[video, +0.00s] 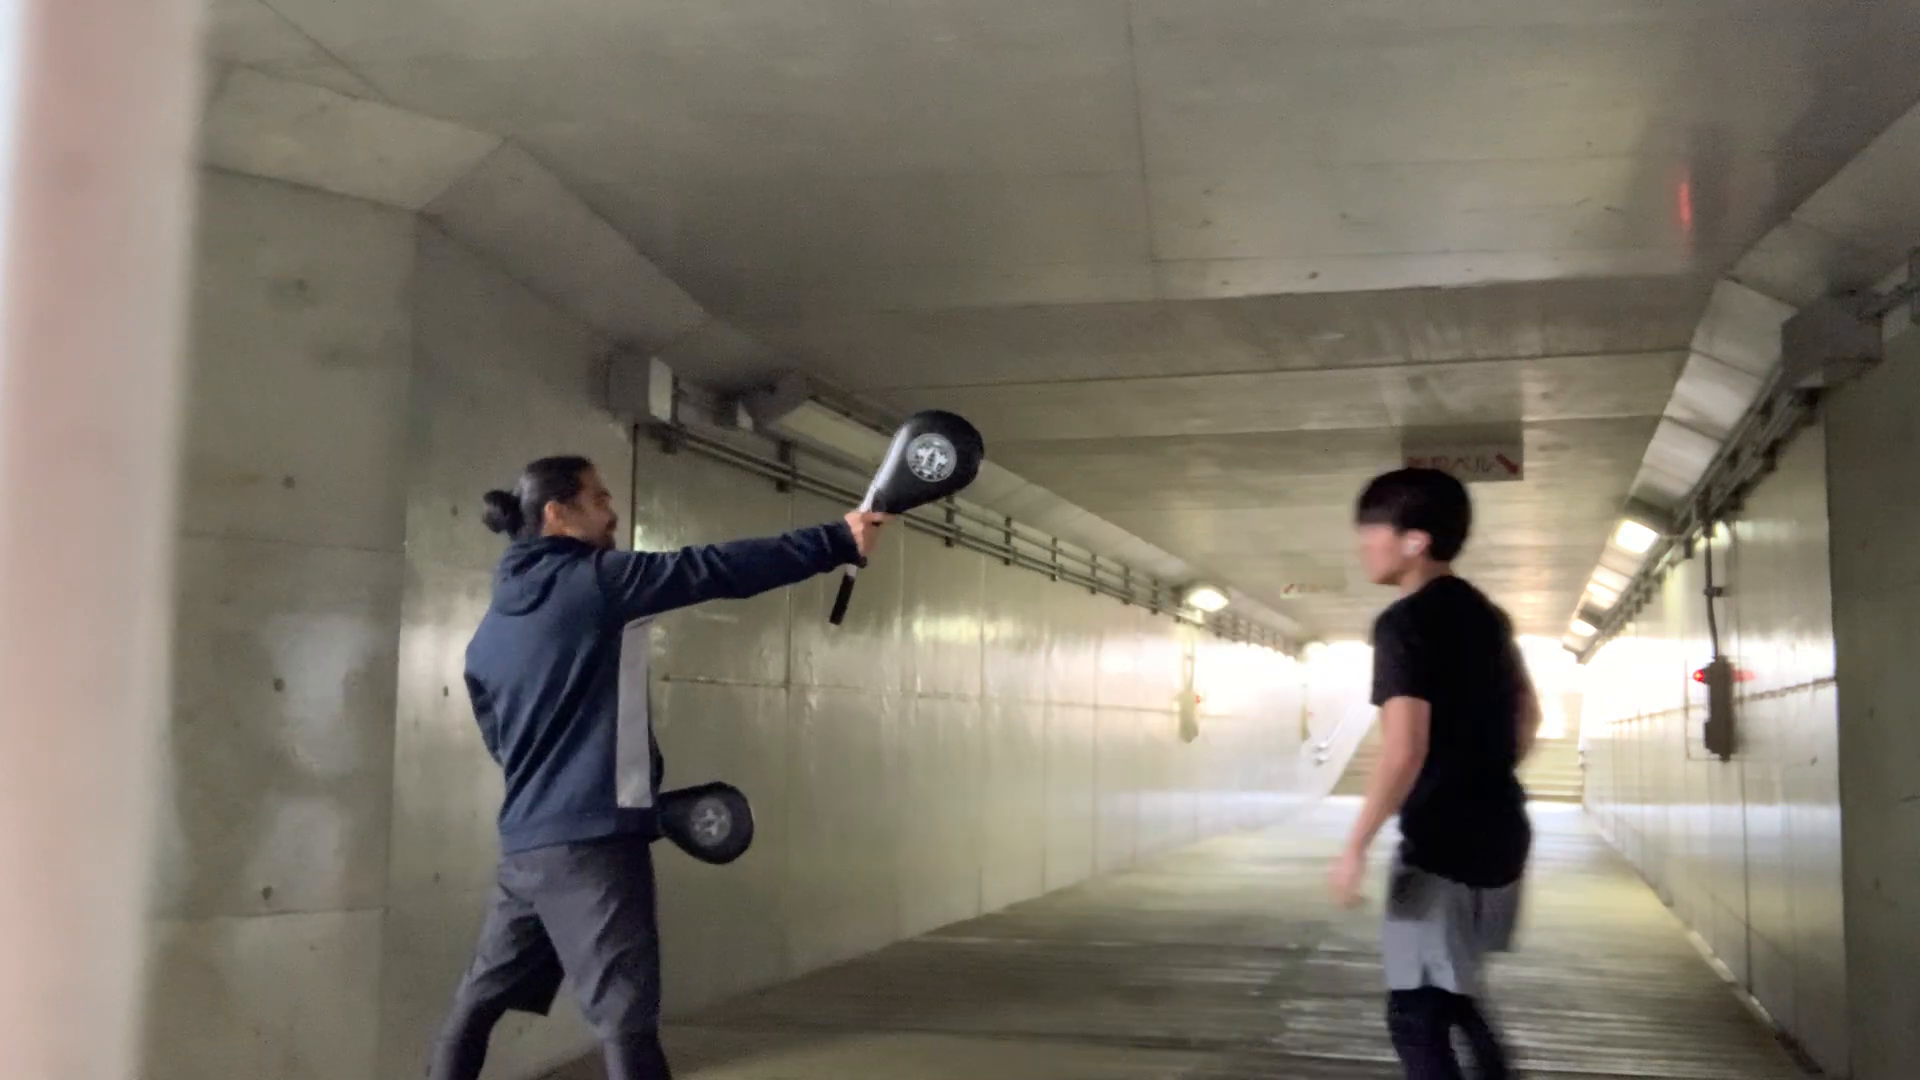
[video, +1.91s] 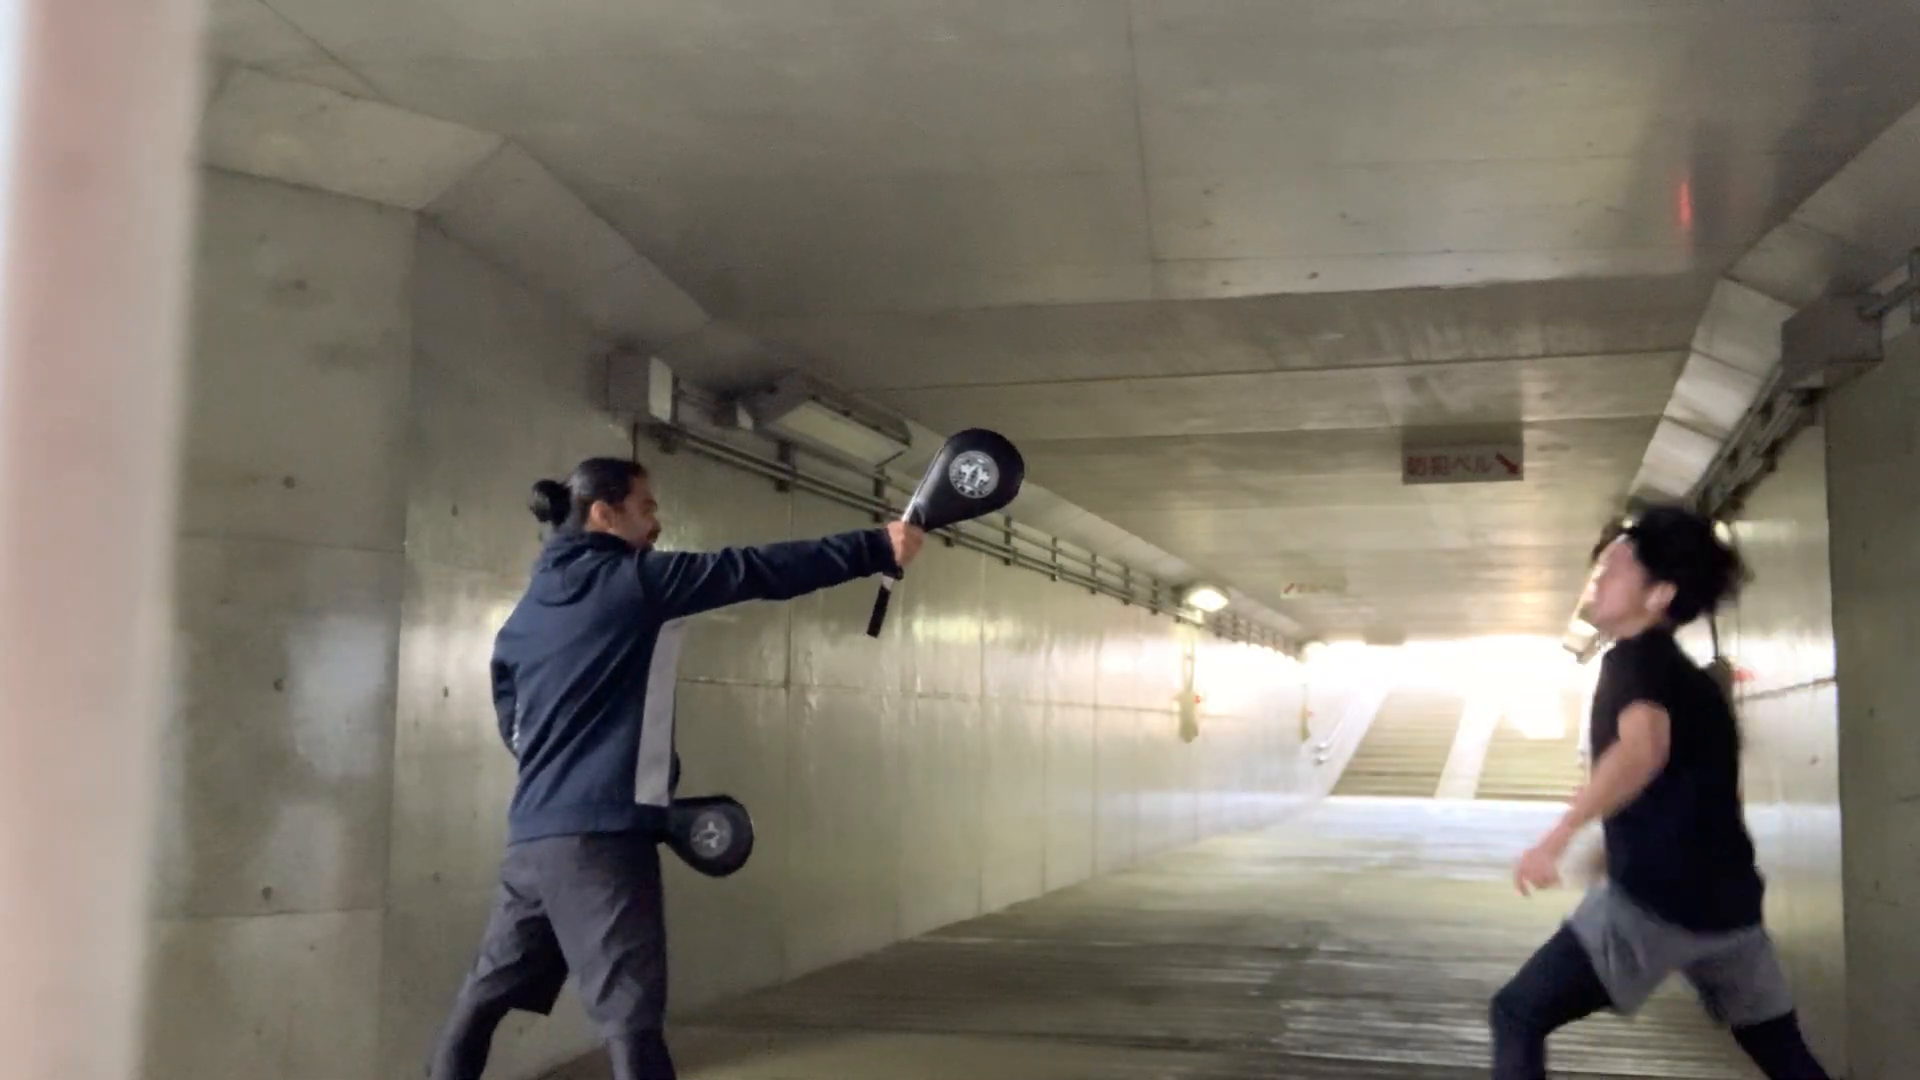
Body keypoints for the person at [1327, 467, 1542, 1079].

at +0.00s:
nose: (1361, 541)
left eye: (1372, 527)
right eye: (1363, 527)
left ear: (1415, 542)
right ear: (1421, 543)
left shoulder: (1405, 621)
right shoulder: (1485, 614)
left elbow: (1405, 749)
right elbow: (1525, 718)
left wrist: (1356, 846)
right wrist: (1480, 772)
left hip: (1441, 844)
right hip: (1500, 836)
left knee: (1415, 1017)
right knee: (1458, 996)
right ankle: (1499, 1070)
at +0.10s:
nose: (1413, 544)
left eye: (1424, 530)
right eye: (1415, 530)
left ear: (1469, 544)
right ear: (1478, 547)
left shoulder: (1452, 627)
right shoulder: (1540, 623)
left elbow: (1448, 755)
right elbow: (1589, 734)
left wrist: (1407, 856)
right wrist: (1580, 819)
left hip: (1486, 855)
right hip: (1555, 848)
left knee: (1435, 1019)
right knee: (1569, 994)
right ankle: (1632, 1070)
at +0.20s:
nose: (1477, 549)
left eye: (1492, 538)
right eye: (1482, 535)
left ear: (1540, 559)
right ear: (1546, 562)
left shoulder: (1509, 637)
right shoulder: (1593, 632)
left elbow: (1504, 768)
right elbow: (1634, 747)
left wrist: (1463, 868)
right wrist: (1654, 836)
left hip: (1539, 865)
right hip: (1613, 860)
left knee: (1468, 1022)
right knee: (1665, 1016)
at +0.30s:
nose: (1543, 575)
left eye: (1560, 564)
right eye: (1548, 561)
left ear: (1607, 588)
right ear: (1610, 594)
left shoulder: (1571, 659)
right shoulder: (1650, 665)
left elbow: (1561, 783)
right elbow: (1690, 789)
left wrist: (1516, 894)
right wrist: (1701, 895)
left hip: (1612, 894)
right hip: (1685, 891)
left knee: (1506, 1032)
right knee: (1726, 1051)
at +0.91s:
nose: (1575, 576)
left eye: (1586, 561)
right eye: (1578, 562)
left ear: (1632, 573)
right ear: (1641, 576)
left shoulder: (1600, 647)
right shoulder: (1711, 656)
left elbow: (1589, 755)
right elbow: (1772, 768)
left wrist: (1556, 835)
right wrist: (1738, 847)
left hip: (1642, 884)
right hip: (1731, 885)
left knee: (1568, 1045)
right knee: (1744, 1046)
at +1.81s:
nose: (1628, 534)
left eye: (1644, 523)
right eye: (1635, 520)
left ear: (1688, 546)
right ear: (1691, 551)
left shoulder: (1637, 603)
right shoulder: (1745, 636)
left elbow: (1630, 693)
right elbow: (1795, 755)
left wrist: (1573, 777)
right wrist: (1729, 801)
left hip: (1650, 852)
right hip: (1738, 859)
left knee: (1561, 1007)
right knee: (1791, 1025)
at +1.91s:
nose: (1595, 578)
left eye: (1613, 568)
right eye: (1601, 565)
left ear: (1660, 596)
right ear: (1663, 599)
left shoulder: (1635, 657)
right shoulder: (1701, 682)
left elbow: (1644, 748)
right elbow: (1702, 803)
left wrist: (1553, 841)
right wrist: (1616, 849)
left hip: (1655, 902)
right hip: (1728, 904)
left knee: (1516, 1014)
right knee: (1789, 1059)